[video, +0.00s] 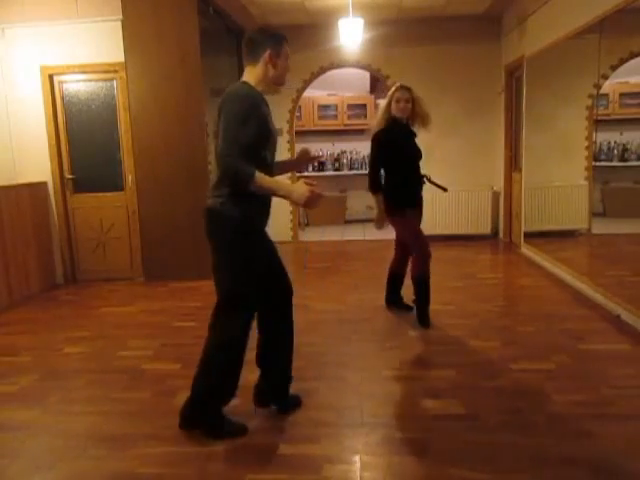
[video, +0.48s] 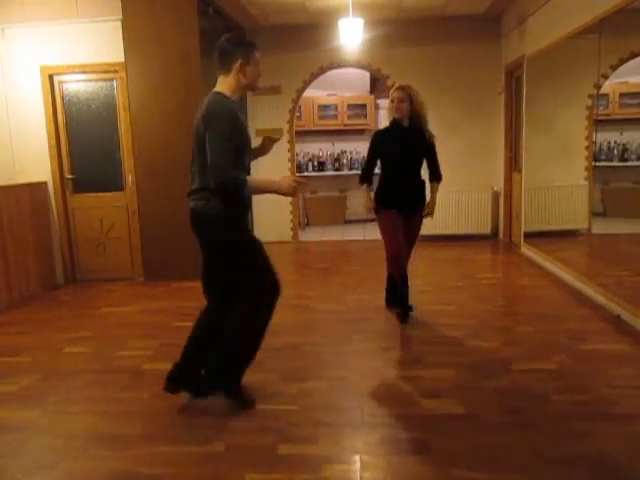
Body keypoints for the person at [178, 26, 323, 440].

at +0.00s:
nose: (286, 74)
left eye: (287, 66)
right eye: (285, 65)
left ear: (262, 59)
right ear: (270, 60)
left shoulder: (250, 101)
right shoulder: (242, 99)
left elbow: (250, 166)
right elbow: (233, 166)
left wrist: (289, 165)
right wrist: (284, 188)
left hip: (244, 221)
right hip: (232, 222)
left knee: (277, 297)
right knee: (236, 307)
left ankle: (273, 389)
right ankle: (201, 410)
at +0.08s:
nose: (283, 73)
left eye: (283, 65)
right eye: (281, 65)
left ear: (255, 59)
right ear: (267, 59)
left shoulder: (244, 99)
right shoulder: (240, 99)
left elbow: (247, 166)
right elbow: (232, 167)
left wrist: (285, 169)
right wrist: (283, 188)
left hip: (236, 218)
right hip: (227, 219)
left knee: (276, 284)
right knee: (228, 310)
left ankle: (267, 375)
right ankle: (200, 415)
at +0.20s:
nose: (272, 72)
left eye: (271, 64)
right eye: (270, 64)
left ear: (244, 60)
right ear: (257, 62)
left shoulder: (229, 100)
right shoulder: (233, 104)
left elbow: (231, 171)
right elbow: (235, 175)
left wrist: (268, 165)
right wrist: (286, 190)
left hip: (222, 216)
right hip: (221, 220)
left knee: (269, 279)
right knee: (225, 309)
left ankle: (229, 359)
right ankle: (198, 417)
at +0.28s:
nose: (269, 70)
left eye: (268, 63)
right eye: (266, 62)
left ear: (240, 61)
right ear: (250, 62)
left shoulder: (226, 101)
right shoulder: (229, 104)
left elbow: (226, 170)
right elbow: (236, 174)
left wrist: (259, 161)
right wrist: (287, 190)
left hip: (220, 214)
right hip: (221, 217)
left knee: (249, 291)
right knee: (237, 298)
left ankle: (202, 366)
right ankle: (200, 416)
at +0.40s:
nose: (260, 73)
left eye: (259, 66)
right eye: (258, 66)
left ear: (231, 64)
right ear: (243, 65)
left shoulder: (219, 103)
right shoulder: (224, 108)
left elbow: (224, 167)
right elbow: (228, 176)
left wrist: (259, 151)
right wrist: (277, 185)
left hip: (213, 214)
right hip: (219, 217)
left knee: (231, 300)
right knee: (249, 299)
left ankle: (194, 373)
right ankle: (215, 395)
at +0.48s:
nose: (258, 74)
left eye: (257, 67)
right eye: (255, 66)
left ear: (231, 66)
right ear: (240, 66)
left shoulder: (220, 105)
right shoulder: (221, 109)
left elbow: (226, 166)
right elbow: (224, 177)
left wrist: (257, 151)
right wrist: (274, 185)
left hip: (212, 211)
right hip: (218, 214)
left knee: (226, 295)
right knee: (264, 288)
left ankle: (187, 372)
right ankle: (226, 376)